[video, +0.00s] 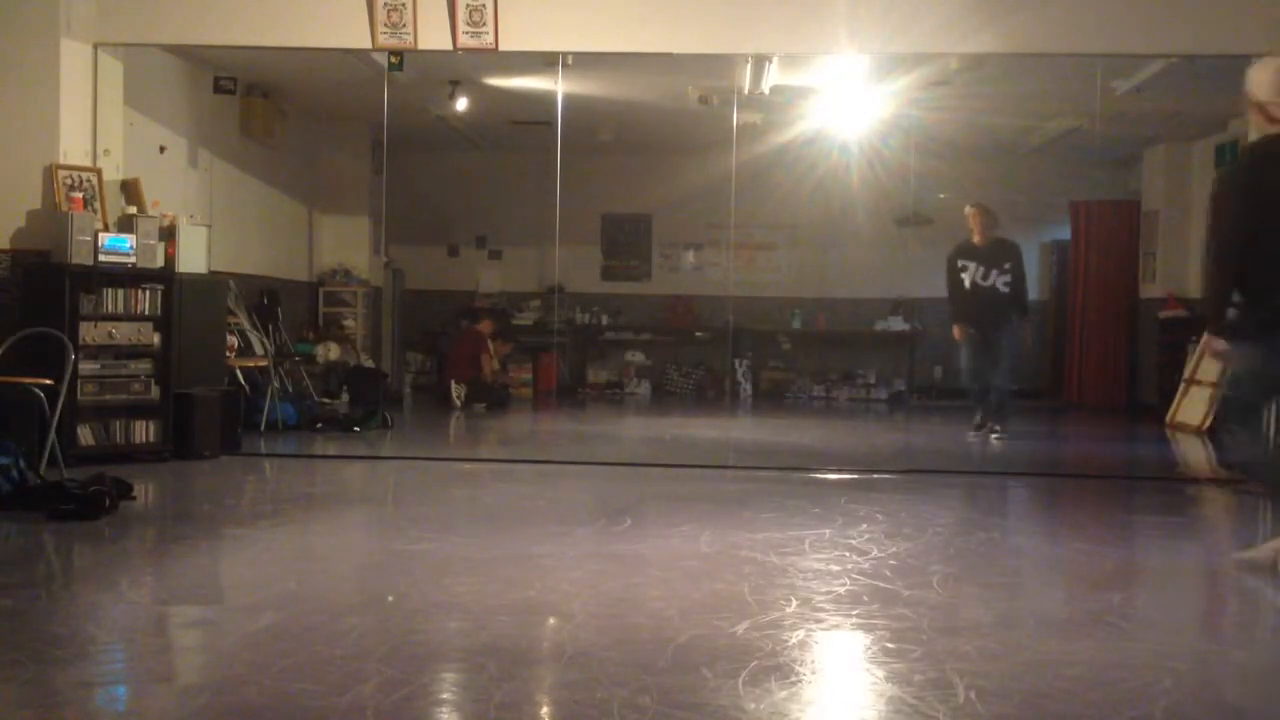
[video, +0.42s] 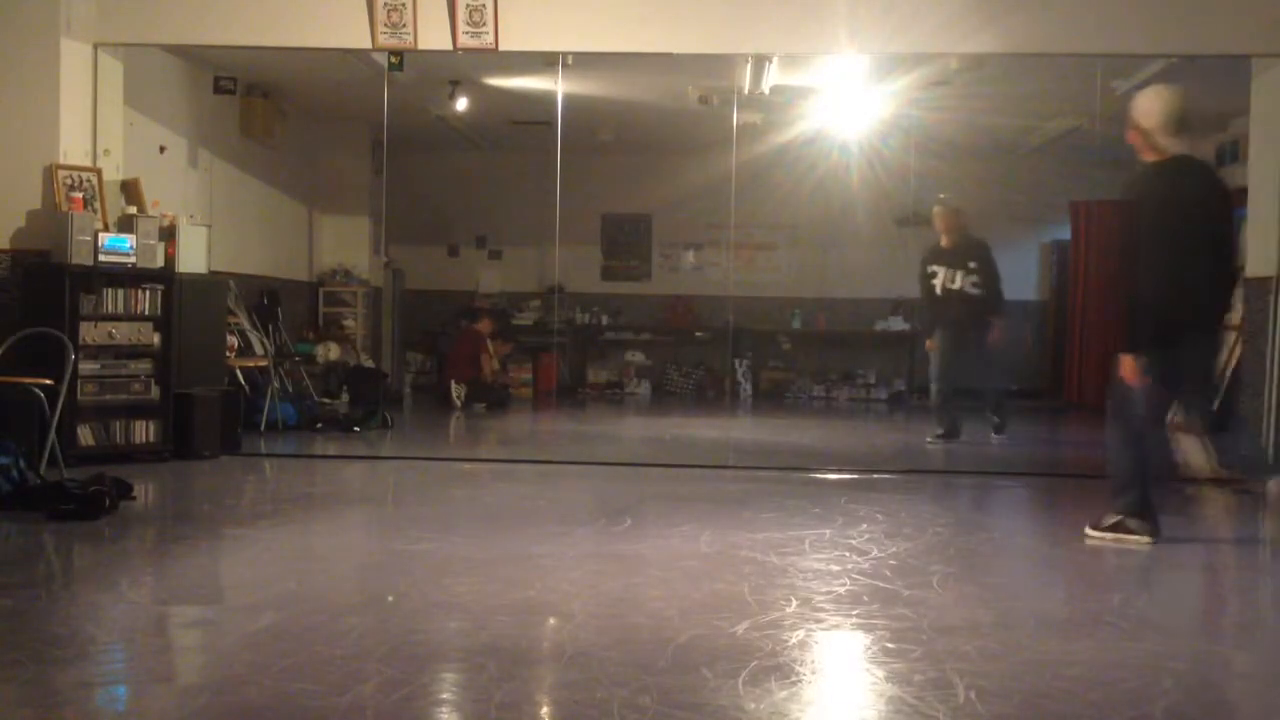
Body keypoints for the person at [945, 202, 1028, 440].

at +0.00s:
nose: (978, 221)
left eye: (982, 216)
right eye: (974, 217)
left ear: (991, 220)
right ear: (968, 222)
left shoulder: (1009, 249)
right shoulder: (959, 254)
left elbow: (1019, 286)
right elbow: (954, 291)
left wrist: (1023, 319)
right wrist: (956, 321)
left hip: (1003, 318)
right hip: (971, 319)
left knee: (1001, 371)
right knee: (970, 369)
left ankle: (997, 421)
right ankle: (979, 412)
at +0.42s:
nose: (943, 223)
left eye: (948, 217)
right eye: (939, 218)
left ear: (960, 219)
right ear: (934, 222)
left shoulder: (978, 249)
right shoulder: (931, 257)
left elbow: (993, 288)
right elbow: (927, 299)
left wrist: (997, 321)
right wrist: (929, 332)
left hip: (977, 322)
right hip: (945, 323)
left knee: (984, 372)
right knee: (940, 378)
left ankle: (997, 420)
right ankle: (948, 427)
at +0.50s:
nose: (935, 219)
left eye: (939, 213)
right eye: (931, 214)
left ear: (951, 215)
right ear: (927, 218)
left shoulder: (969, 244)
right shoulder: (922, 252)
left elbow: (983, 282)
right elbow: (917, 293)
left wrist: (984, 316)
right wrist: (917, 328)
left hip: (964, 316)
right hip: (934, 318)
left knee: (961, 369)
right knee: (934, 374)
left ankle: (985, 410)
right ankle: (946, 427)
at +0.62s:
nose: (923, 214)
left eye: (928, 208)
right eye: (919, 209)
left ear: (941, 210)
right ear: (916, 213)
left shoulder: (960, 243)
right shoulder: (913, 247)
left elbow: (971, 281)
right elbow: (904, 286)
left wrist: (974, 314)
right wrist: (902, 321)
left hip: (950, 314)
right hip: (921, 315)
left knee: (941, 367)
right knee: (930, 369)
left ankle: (949, 424)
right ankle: (942, 425)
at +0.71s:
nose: (917, 217)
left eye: (922, 210)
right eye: (913, 211)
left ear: (935, 213)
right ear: (909, 216)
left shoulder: (950, 244)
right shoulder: (906, 250)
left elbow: (961, 282)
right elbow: (896, 287)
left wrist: (964, 315)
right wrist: (894, 320)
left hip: (943, 316)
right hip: (918, 318)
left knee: (931, 369)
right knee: (924, 370)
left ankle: (945, 424)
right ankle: (938, 421)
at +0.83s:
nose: (905, 222)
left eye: (910, 217)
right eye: (901, 217)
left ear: (922, 219)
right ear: (897, 220)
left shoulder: (935, 247)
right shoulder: (892, 253)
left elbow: (944, 287)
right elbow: (881, 291)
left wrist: (945, 322)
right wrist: (881, 324)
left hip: (926, 318)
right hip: (903, 319)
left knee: (906, 367)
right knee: (920, 374)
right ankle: (946, 423)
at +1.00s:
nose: (884, 220)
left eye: (889, 214)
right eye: (881, 214)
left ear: (900, 216)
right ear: (876, 217)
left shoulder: (912, 249)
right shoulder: (871, 254)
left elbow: (917, 290)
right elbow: (866, 294)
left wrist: (918, 324)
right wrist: (865, 326)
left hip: (902, 320)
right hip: (878, 320)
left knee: (875, 367)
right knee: (903, 371)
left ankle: (873, 426)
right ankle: (929, 404)